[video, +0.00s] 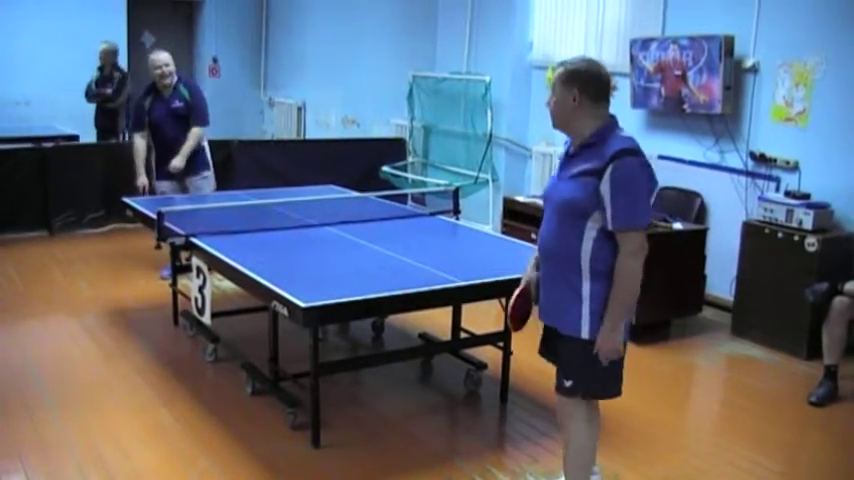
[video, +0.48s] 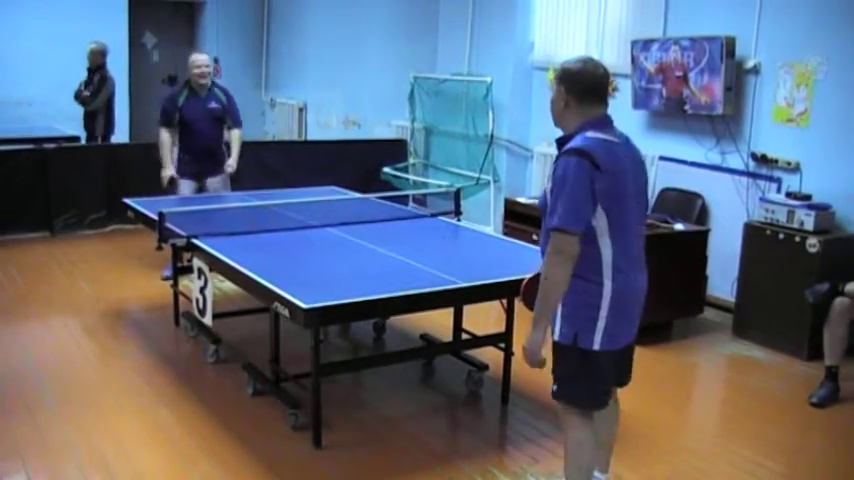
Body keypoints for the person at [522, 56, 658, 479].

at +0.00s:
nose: (548, 103)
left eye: (553, 95)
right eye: (550, 94)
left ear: (576, 99)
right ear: (580, 99)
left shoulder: (623, 161)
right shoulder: (577, 150)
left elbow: (633, 250)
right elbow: (561, 227)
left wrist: (613, 327)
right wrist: (533, 276)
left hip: (590, 316)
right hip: (564, 307)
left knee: (573, 406)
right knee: (575, 401)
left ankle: (575, 474)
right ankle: (582, 469)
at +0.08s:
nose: (550, 104)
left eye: (553, 95)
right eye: (551, 94)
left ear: (571, 98)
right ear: (586, 99)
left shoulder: (616, 162)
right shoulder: (583, 152)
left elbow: (623, 251)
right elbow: (567, 229)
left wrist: (602, 329)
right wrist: (535, 275)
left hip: (587, 318)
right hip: (569, 310)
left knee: (568, 405)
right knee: (582, 403)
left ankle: (575, 476)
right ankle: (586, 470)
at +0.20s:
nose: (549, 104)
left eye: (552, 95)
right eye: (550, 94)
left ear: (566, 98)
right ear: (597, 98)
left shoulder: (602, 164)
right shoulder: (589, 153)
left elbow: (603, 252)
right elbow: (580, 238)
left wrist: (582, 330)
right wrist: (542, 278)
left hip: (588, 319)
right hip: (586, 311)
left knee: (567, 405)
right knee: (585, 404)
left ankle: (574, 475)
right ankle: (586, 470)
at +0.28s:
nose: (549, 102)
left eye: (551, 94)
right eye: (551, 93)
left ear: (564, 99)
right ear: (601, 99)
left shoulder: (590, 163)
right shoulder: (611, 150)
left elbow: (589, 251)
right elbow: (590, 239)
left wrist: (567, 329)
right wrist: (548, 279)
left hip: (590, 318)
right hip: (606, 312)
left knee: (568, 406)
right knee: (590, 406)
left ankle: (574, 476)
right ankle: (588, 470)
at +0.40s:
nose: (548, 102)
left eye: (550, 93)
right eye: (550, 93)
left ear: (562, 98)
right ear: (601, 98)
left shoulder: (580, 160)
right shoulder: (619, 148)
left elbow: (569, 253)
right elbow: (612, 237)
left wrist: (546, 330)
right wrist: (560, 277)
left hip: (591, 310)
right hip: (618, 304)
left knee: (572, 407)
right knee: (598, 399)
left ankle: (576, 477)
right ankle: (590, 470)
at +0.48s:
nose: (550, 101)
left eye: (553, 93)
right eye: (551, 93)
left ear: (562, 97)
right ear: (603, 97)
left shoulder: (578, 158)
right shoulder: (624, 149)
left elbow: (563, 250)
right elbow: (627, 232)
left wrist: (538, 328)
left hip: (588, 311)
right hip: (622, 306)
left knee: (575, 410)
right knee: (603, 397)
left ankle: (578, 476)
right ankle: (599, 472)